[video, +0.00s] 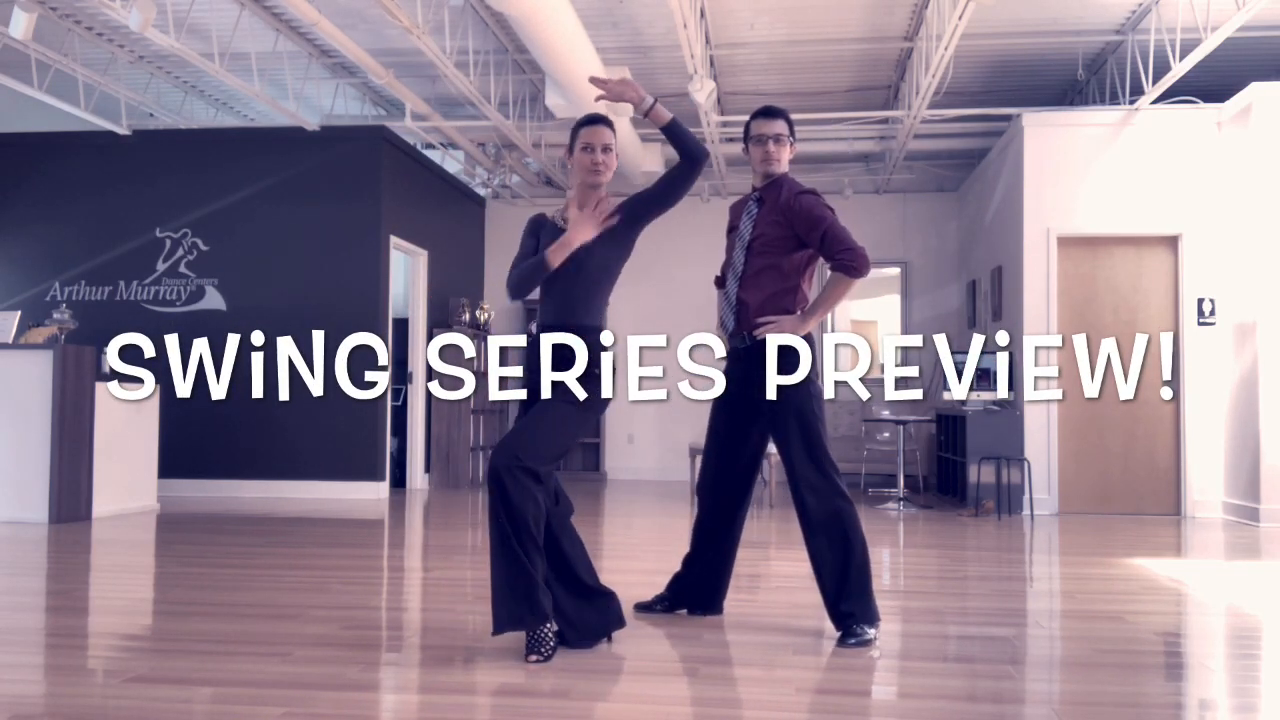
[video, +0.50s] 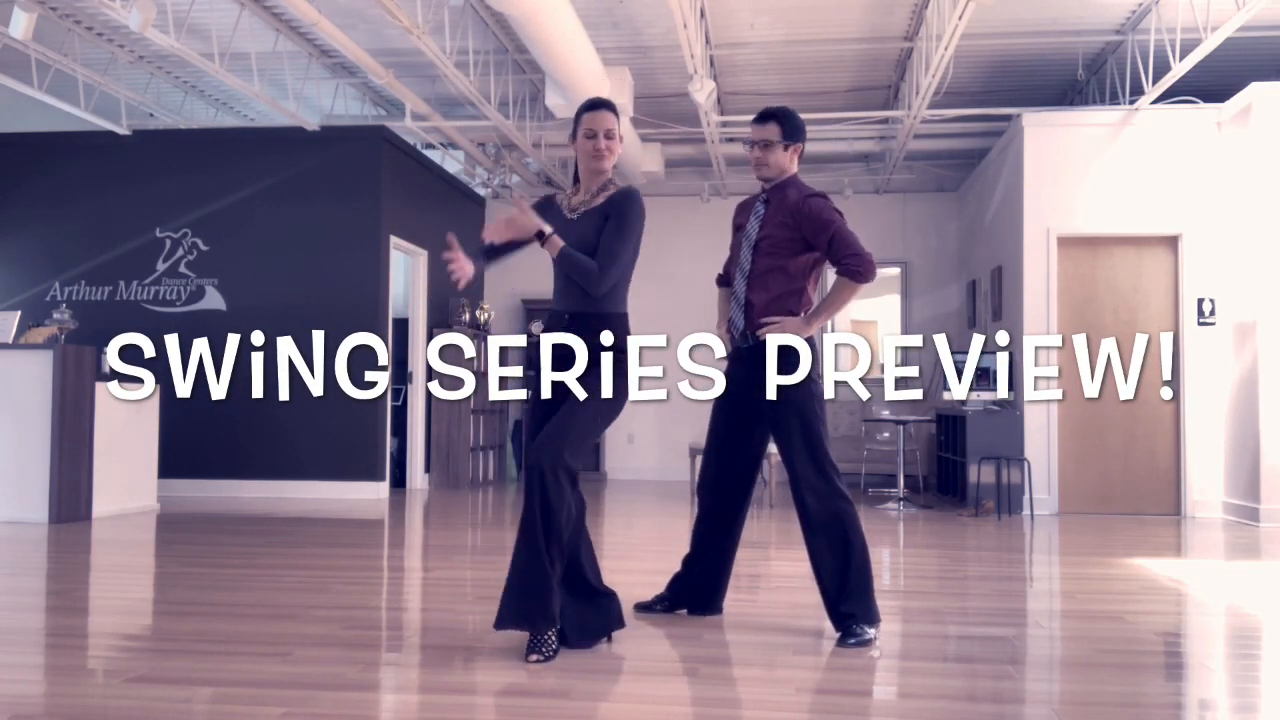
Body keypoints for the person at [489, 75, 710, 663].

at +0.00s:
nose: (597, 157)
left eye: (607, 149)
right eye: (588, 148)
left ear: (616, 160)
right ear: (568, 157)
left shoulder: (626, 215)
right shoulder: (545, 225)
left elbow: (694, 159)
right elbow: (516, 287)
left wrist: (644, 101)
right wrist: (566, 244)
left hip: (583, 368)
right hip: (538, 367)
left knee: (510, 464)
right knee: (539, 487)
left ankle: (537, 614)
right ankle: (588, 607)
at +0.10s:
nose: (598, 151)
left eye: (607, 144)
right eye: (589, 142)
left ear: (616, 156)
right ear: (569, 151)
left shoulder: (622, 209)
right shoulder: (543, 214)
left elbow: (697, 159)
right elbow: (531, 266)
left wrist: (650, 100)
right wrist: (601, 237)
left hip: (583, 361)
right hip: (539, 359)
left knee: (509, 461)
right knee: (542, 484)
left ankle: (538, 611)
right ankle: (588, 606)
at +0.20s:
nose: (597, 155)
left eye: (607, 148)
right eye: (588, 145)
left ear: (616, 159)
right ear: (569, 153)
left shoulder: (622, 212)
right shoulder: (540, 218)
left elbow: (702, 176)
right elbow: (526, 289)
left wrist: (665, 112)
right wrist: (594, 288)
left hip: (586, 364)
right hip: (543, 364)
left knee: (506, 462)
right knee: (538, 485)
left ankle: (538, 614)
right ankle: (588, 607)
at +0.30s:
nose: (598, 158)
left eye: (607, 151)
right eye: (589, 149)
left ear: (615, 162)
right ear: (569, 157)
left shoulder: (622, 216)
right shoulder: (539, 227)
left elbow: (671, 226)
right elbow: (519, 303)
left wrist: (666, 177)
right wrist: (527, 325)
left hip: (595, 369)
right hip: (547, 368)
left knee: (512, 466)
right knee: (533, 490)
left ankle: (535, 615)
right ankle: (587, 609)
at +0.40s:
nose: (600, 154)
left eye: (609, 145)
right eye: (590, 145)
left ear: (620, 153)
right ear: (572, 152)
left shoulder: (630, 212)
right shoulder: (546, 218)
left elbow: (613, 279)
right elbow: (516, 279)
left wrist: (595, 218)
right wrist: (488, 313)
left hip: (600, 361)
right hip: (547, 359)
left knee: (532, 459)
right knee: (533, 476)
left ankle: (540, 614)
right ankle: (588, 606)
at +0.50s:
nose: (603, 144)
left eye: (611, 136)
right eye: (592, 135)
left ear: (622, 145)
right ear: (573, 143)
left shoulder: (627, 203)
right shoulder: (554, 205)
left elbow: (604, 282)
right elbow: (505, 243)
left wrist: (546, 235)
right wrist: (473, 259)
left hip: (604, 357)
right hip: (553, 354)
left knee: (551, 456)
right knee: (545, 468)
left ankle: (546, 616)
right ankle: (590, 606)